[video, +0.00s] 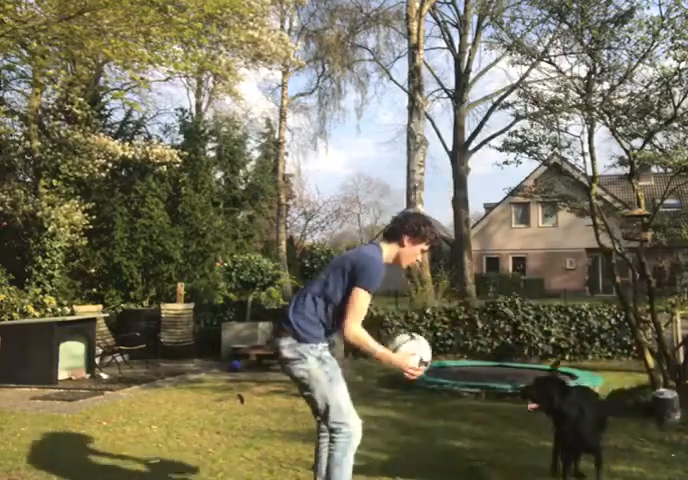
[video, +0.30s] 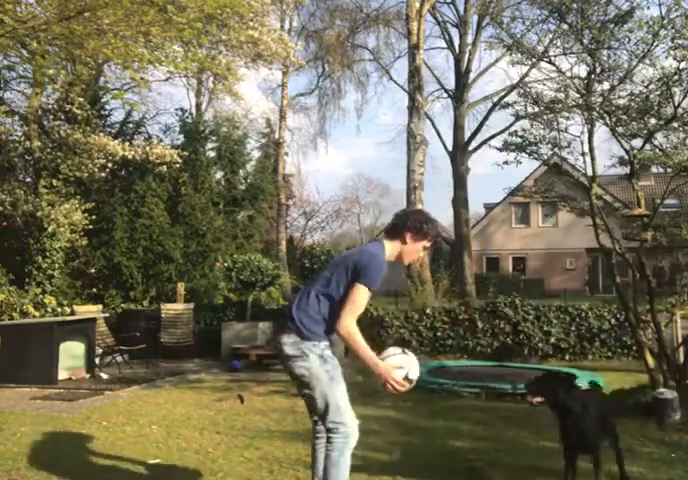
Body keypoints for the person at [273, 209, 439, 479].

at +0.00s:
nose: (419, 259)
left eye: (423, 253)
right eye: (421, 250)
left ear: (404, 238)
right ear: (406, 239)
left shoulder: (366, 256)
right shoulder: (371, 262)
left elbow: (350, 327)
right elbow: (351, 329)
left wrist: (394, 357)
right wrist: (396, 360)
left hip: (299, 340)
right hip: (303, 343)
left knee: (330, 426)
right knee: (347, 428)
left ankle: (323, 476)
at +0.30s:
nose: (421, 256)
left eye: (425, 250)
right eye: (423, 248)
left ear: (405, 235)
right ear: (409, 236)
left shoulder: (368, 254)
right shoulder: (374, 260)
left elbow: (343, 322)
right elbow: (344, 324)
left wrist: (379, 364)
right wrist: (379, 368)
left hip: (296, 336)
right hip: (305, 339)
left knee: (325, 426)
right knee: (344, 428)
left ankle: (321, 476)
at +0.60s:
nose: (424, 260)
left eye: (429, 255)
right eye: (426, 252)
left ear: (406, 238)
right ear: (411, 241)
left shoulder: (369, 257)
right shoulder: (383, 264)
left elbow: (365, 325)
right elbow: (381, 331)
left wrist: (421, 335)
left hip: (296, 338)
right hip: (306, 342)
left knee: (325, 426)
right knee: (345, 429)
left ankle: (322, 477)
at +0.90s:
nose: (437, 263)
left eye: (440, 257)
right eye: (438, 255)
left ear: (420, 243)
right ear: (425, 245)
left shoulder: (380, 258)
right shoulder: (394, 267)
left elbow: (343, 320)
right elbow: (353, 319)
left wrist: (369, 359)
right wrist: (386, 358)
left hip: (304, 335)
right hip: (316, 339)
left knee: (333, 424)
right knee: (351, 428)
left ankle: (325, 476)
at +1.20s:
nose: (435, 253)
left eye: (437, 246)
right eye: (435, 245)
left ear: (414, 239)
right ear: (418, 240)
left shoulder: (378, 264)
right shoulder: (403, 274)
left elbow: (376, 336)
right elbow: (395, 343)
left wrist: (413, 353)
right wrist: (442, 372)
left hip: (316, 346)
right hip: (330, 351)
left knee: (355, 428)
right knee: (373, 431)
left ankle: (349, 476)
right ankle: (353, 476)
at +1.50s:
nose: (450, 257)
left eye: (452, 250)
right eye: (449, 248)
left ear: (428, 241)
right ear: (432, 242)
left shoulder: (396, 266)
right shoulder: (405, 270)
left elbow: (390, 340)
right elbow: (394, 337)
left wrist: (433, 347)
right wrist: (446, 343)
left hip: (325, 345)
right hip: (334, 348)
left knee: (363, 427)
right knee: (376, 430)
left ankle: (353, 475)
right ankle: (356, 475)